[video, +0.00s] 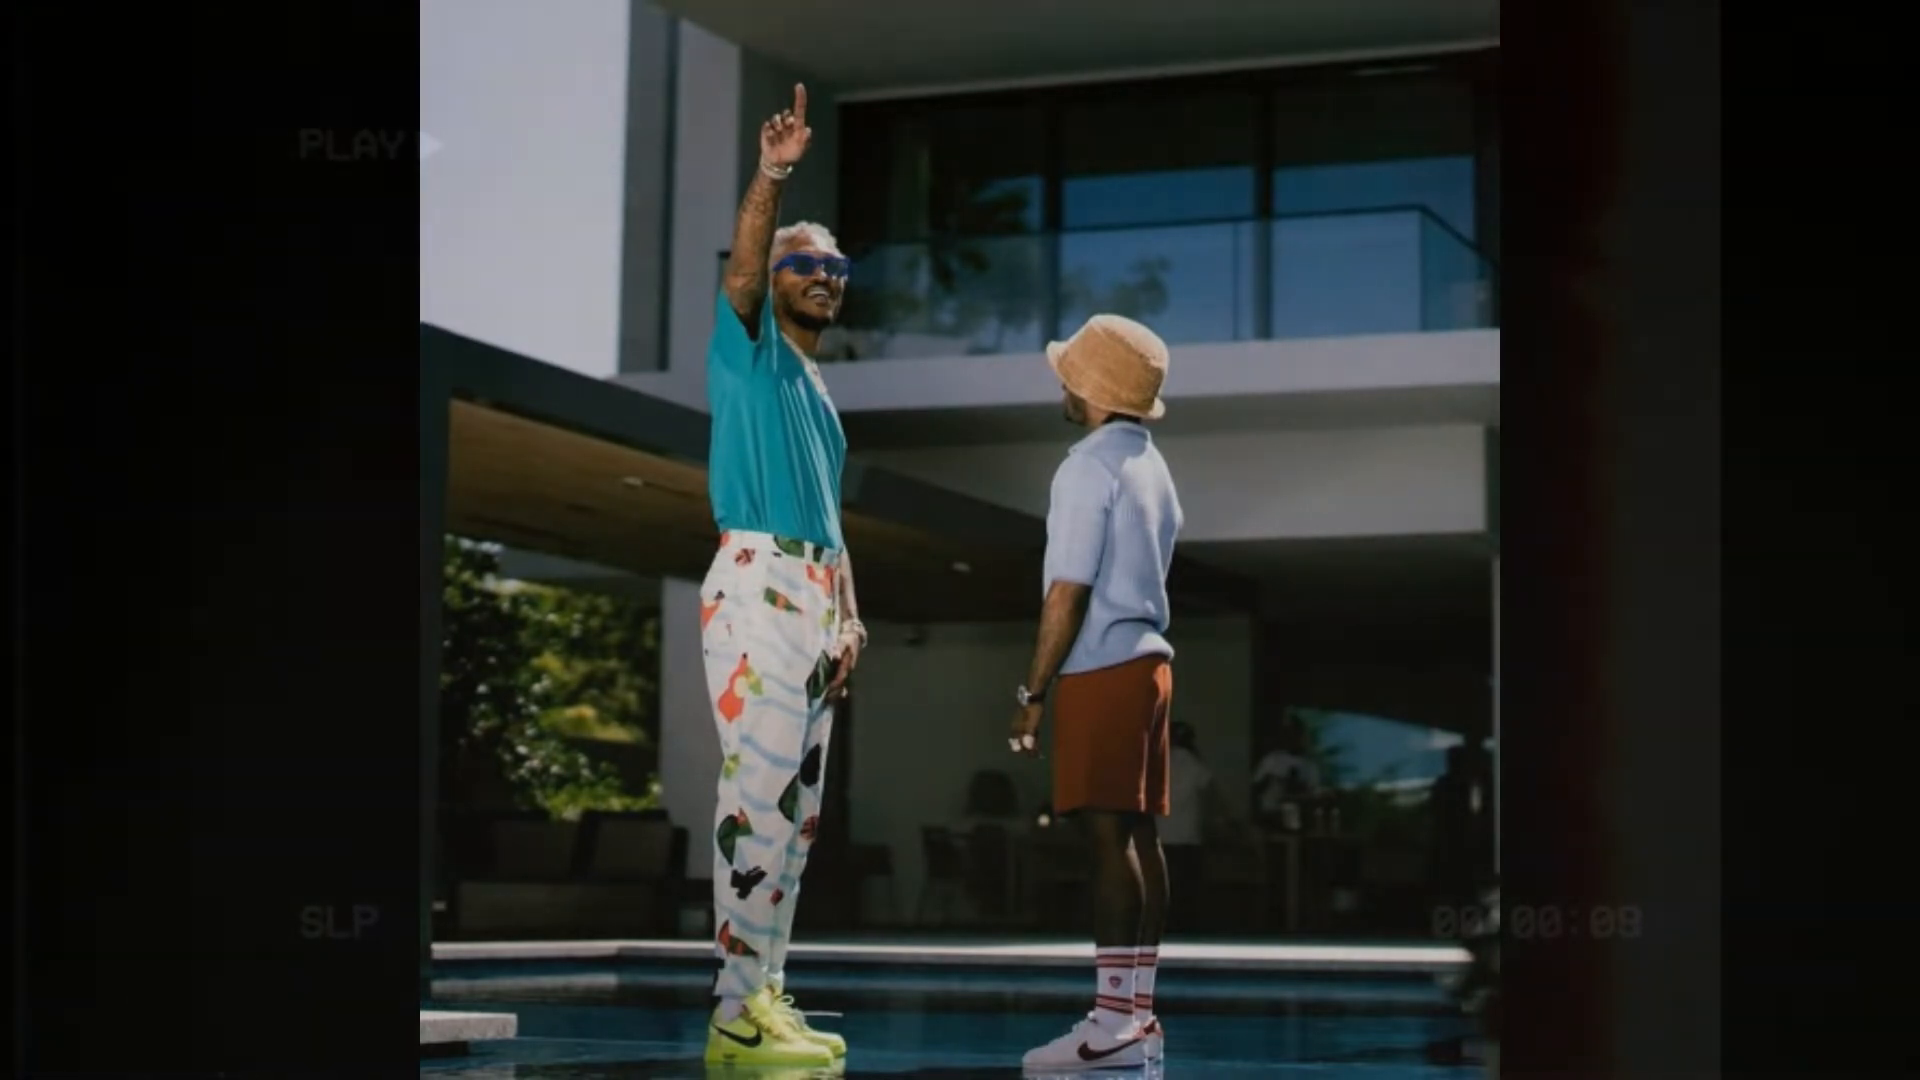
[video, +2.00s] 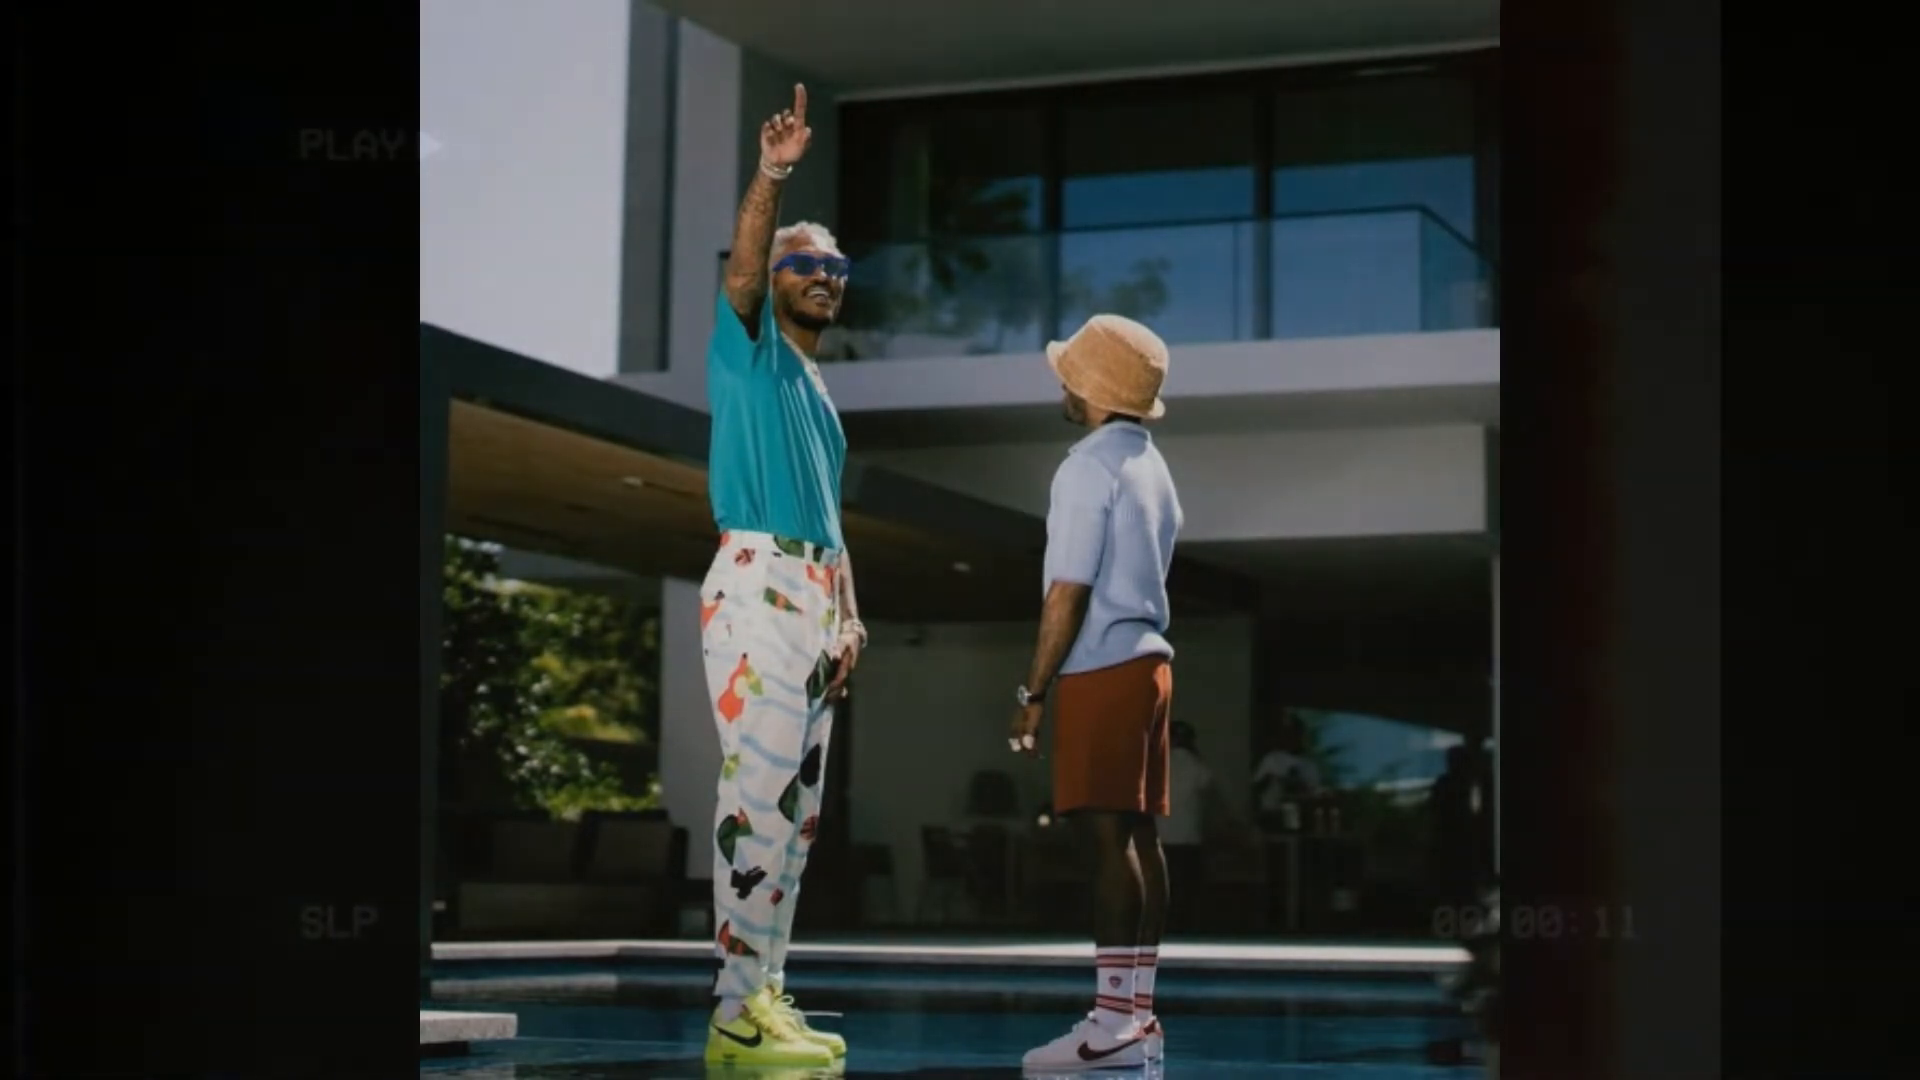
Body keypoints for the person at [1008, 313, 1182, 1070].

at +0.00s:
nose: (1064, 387)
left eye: (1072, 377)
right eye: (1068, 376)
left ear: (1092, 390)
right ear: (1130, 394)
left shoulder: (1088, 468)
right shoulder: (1148, 463)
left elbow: (1067, 594)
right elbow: (1149, 576)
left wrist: (1032, 691)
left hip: (1104, 669)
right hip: (1146, 665)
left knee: (1108, 838)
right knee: (1139, 838)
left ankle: (1116, 1015)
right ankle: (1135, 1012)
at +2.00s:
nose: (1064, 388)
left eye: (1072, 378)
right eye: (1068, 376)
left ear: (1093, 390)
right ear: (1130, 394)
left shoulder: (1088, 468)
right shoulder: (1147, 463)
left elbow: (1068, 594)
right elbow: (1147, 579)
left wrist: (1032, 691)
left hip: (1104, 669)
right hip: (1146, 665)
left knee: (1109, 838)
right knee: (1140, 838)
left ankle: (1116, 1015)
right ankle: (1135, 1012)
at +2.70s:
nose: (1064, 388)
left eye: (1072, 378)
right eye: (1068, 376)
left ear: (1092, 390)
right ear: (1130, 393)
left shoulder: (1088, 468)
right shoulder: (1148, 463)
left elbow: (1067, 594)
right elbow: (1148, 579)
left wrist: (1032, 692)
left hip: (1104, 669)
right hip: (1146, 666)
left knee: (1110, 839)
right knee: (1139, 838)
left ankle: (1116, 1015)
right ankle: (1135, 1012)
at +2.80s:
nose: (1064, 388)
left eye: (1072, 378)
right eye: (1068, 376)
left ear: (1092, 390)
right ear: (1130, 393)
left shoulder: (1088, 468)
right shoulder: (1148, 463)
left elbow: (1067, 594)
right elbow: (1148, 579)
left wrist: (1032, 691)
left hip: (1104, 669)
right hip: (1146, 665)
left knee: (1109, 838)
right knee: (1139, 838)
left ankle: (1116, 1015)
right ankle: (1135, 1012)